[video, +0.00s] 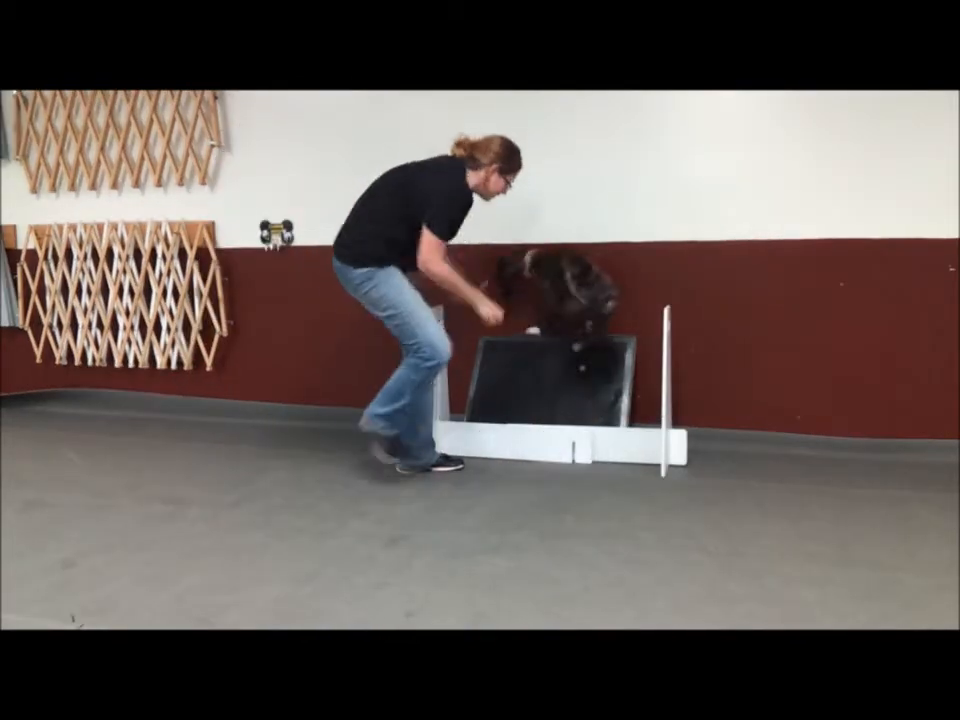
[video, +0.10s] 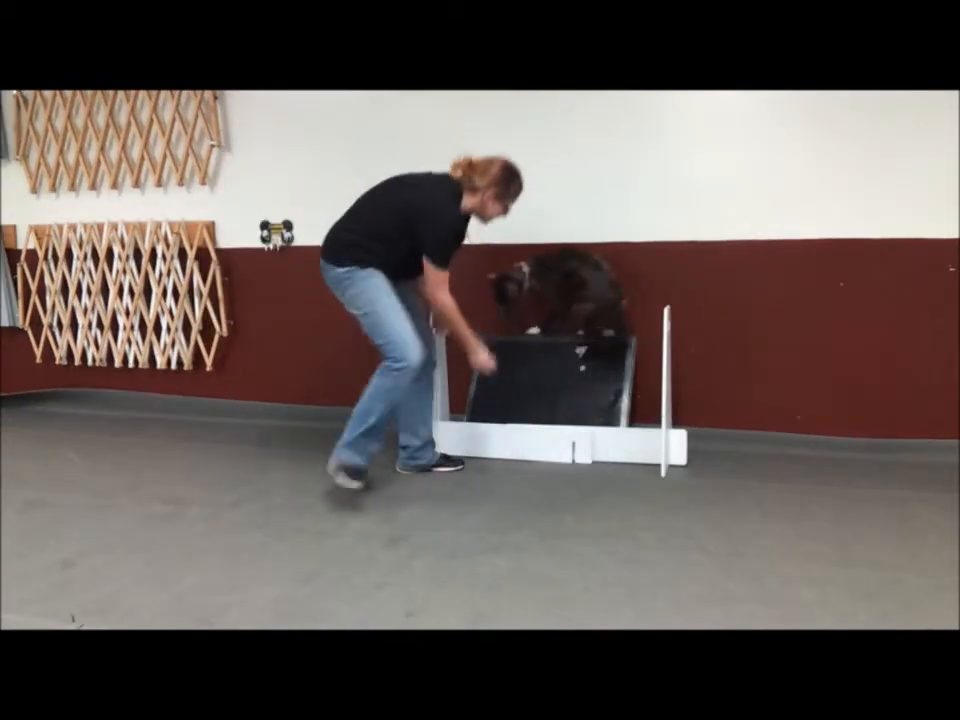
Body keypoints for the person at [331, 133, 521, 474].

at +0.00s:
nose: (506, 188)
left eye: (510, 182)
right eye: (507, 179)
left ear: (486, 167)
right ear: (489, 169)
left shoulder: (450, 177)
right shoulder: (453, 189)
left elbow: (431, 252)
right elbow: (430, 262)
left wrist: (472, 292)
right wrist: (479, 301)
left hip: (376, 261)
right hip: (365, 264)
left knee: (424, 350)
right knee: (434, 350)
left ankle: (416, 454)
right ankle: (379, 421)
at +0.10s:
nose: (504, 212)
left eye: (508, 206)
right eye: (504, 203)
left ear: (484, 189)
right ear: (486, 192)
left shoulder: (453, 199)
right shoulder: (444, 213)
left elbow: (433, 257)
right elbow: (436, 291)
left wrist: (437, 302)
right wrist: (474, 347)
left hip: (392, 268)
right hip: (353, 264)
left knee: (421, 355)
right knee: (407, 356)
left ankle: (417, 455)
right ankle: (348, 459)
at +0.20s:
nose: (488, 250)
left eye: (492, 244)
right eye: (489, 242)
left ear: (473, 225)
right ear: (474, 229)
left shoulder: (442, 217)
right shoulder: (430, 246)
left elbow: (411, 266)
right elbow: (435, 330)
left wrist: (411, 318)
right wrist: (468, 393)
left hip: (382, 277)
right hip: (335, 268)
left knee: (416, 352)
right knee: (365, 363)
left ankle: (417, 455)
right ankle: (326, 484)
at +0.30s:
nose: (461, 285)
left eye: (466, 279)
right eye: (462, 277)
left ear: (443, 259)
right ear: (441, 262)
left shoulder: (431, 240)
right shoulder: (396, 275)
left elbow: (392, 283)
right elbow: (414, 370)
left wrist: (379, 334)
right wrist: (449, 444)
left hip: (360, 283)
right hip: (312, 282)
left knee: (408, 360)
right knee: (330, 381)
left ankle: (415, 454)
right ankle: (307, 510)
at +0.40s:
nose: (420, 312)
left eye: (426, 305)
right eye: (413, 304)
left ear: (435, 285)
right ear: (388, 287)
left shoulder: (413, 259)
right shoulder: (352, 294)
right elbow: (373, 391)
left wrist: (352, 346)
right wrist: (401, 474)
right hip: (293, 287)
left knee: (401, 367)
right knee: (302, 388)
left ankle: (418, 453)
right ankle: (304, 515)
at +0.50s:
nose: (371, 321)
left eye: (379, 311)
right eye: (361, 311)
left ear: (389, 293)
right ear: (333, 293)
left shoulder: (393, 269)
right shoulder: (303, 296)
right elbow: (318, 391)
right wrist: (335, 482)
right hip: (278, 286)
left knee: (381, 366)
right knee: (278, 394)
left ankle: (410, 450)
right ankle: (297, 512)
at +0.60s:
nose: (323, 306)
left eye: (331, 296)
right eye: (311, 299)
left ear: (341, 275)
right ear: (284, 284)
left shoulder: (366, 263)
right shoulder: (263, 288)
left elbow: (347, 304)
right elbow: (265, 383)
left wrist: (321, 335)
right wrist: (260, 474)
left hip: (352, 295)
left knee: (368, 369)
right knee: (278, 395)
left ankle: (381, 453)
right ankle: (299, 513)